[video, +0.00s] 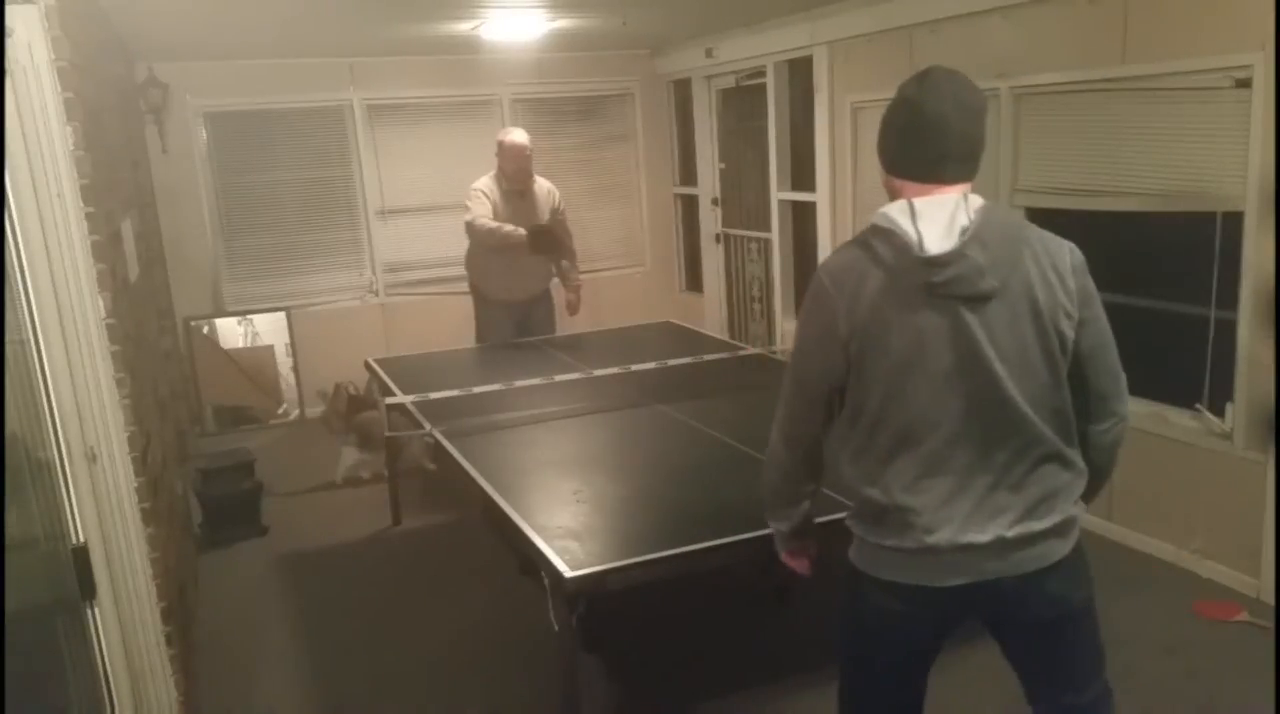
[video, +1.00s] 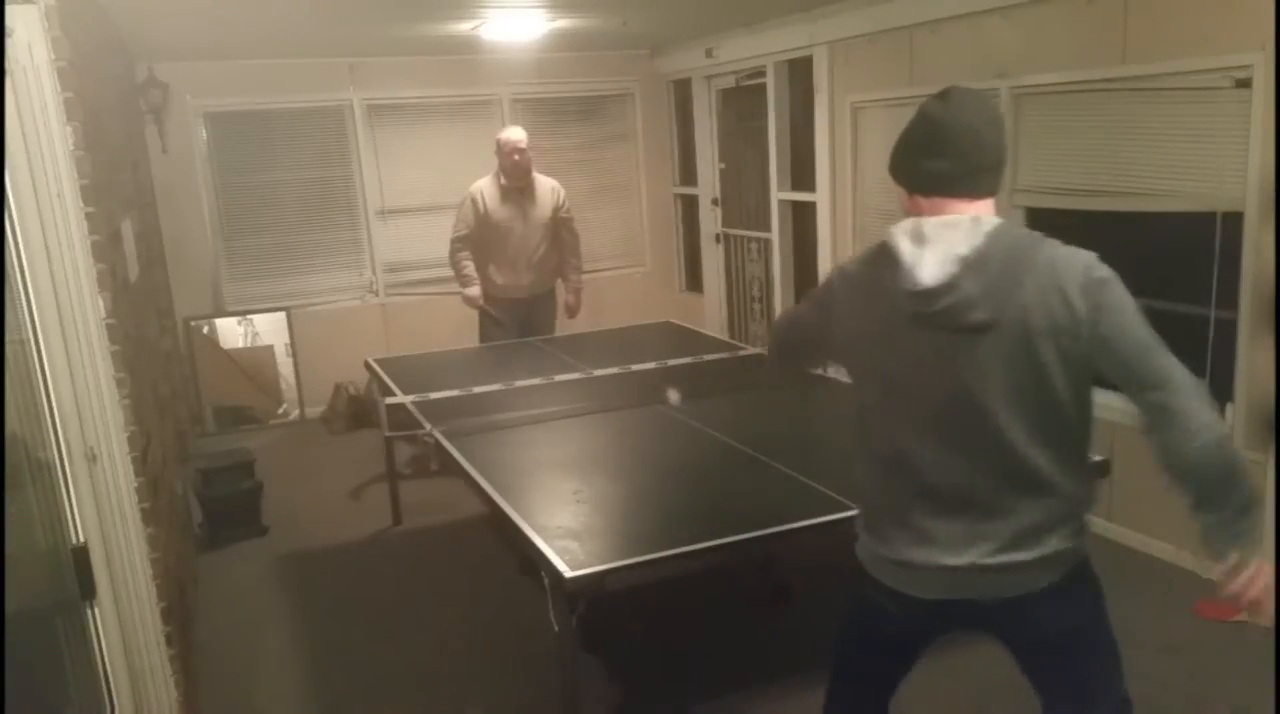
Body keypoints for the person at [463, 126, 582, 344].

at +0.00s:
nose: (521, 165)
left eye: (526, 157)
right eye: (513, 159)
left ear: (532, 155)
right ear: (499, 157)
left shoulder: (547, 191)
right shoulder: (482, 191)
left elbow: (563, 244)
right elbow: (479, 228)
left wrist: (572, 287)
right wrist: (528, 238)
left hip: (537, 297)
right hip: (494, 300)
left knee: (544, 368)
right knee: (499, 370)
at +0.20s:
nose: (522, 163)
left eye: (526, 155)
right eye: (514, 156)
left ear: (532, 154)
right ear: (500, 156)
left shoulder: (548, 192)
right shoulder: (481, 192)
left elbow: (563, 243)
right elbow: (466, 232)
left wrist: (572, 287)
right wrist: (515, 255)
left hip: (539, 298)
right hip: (495, 300)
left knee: (543, 368)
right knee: (501, 370)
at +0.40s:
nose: (522, 162)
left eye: (526, 155)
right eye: (514, 156)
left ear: (533, 154)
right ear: (500, 155)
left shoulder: (549, 192)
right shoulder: (482, 192)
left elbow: (563, 244)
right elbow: (463, 233)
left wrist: (571, 287)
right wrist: (493, 250)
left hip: (539, 296)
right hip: (495, 298)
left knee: (542, 366)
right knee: (500, 367)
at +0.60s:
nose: (522, 160)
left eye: (526, 154)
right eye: (515, 154)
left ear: (533, 153)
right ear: (500, 155)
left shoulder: (551, 193)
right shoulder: (482, 193)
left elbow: (565, 245)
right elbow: (459, 238)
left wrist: (571, 289)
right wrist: (485, 267)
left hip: (540, 298)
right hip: (498, 298)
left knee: (541, 368)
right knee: (501, 369)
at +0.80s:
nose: (519, 160)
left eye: (524, 152)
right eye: (511, 154)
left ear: (532, 153)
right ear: (499, 156)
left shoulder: (552, 192)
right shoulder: (480, 194)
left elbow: (568, 244)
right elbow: (460, 244)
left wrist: (572, 290)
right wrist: (475, 282)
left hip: (540, 300)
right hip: (497, 302)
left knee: (541, 369)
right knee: (499, 372)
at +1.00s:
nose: (517, 159)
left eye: (521, 151)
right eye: (509, 153)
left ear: (530, 152)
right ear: (497, 155)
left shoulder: (552, 191)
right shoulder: (479, 195)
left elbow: (569, 243)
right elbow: (460, 245)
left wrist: (573, 289)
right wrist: (471, 284)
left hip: (541, 300)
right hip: (497, 302)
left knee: (541, 369)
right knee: (499, 372)